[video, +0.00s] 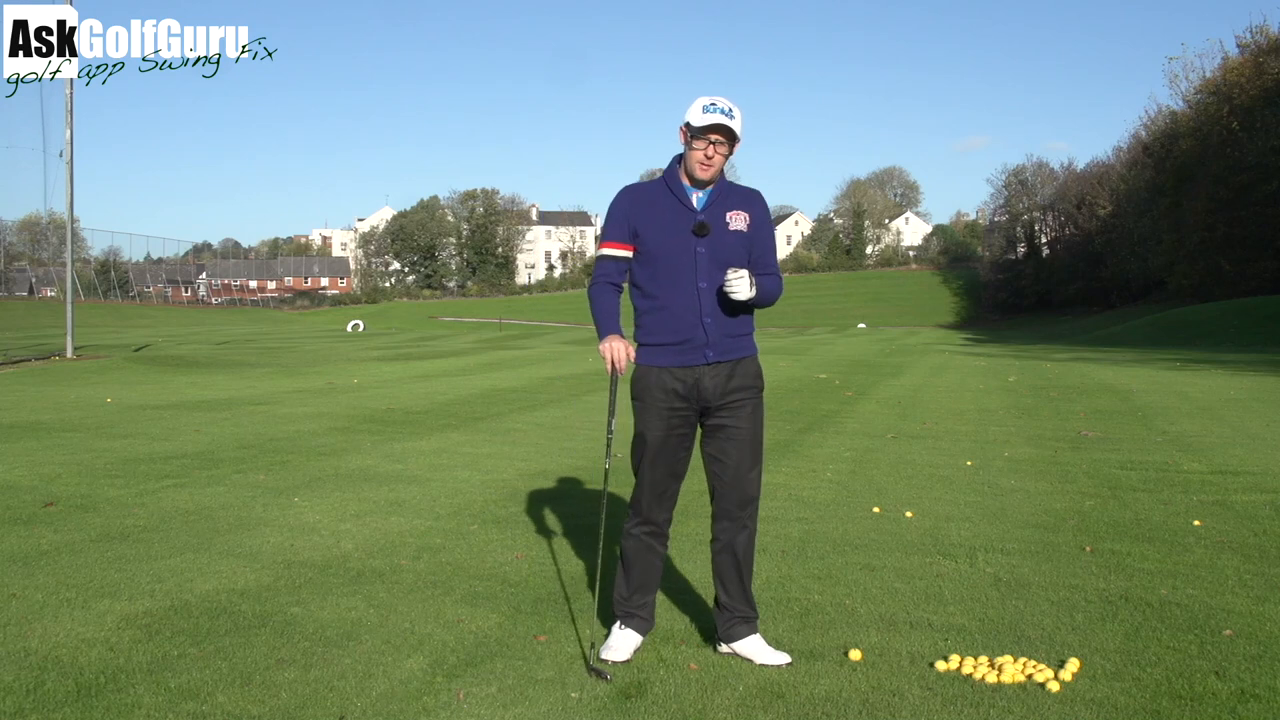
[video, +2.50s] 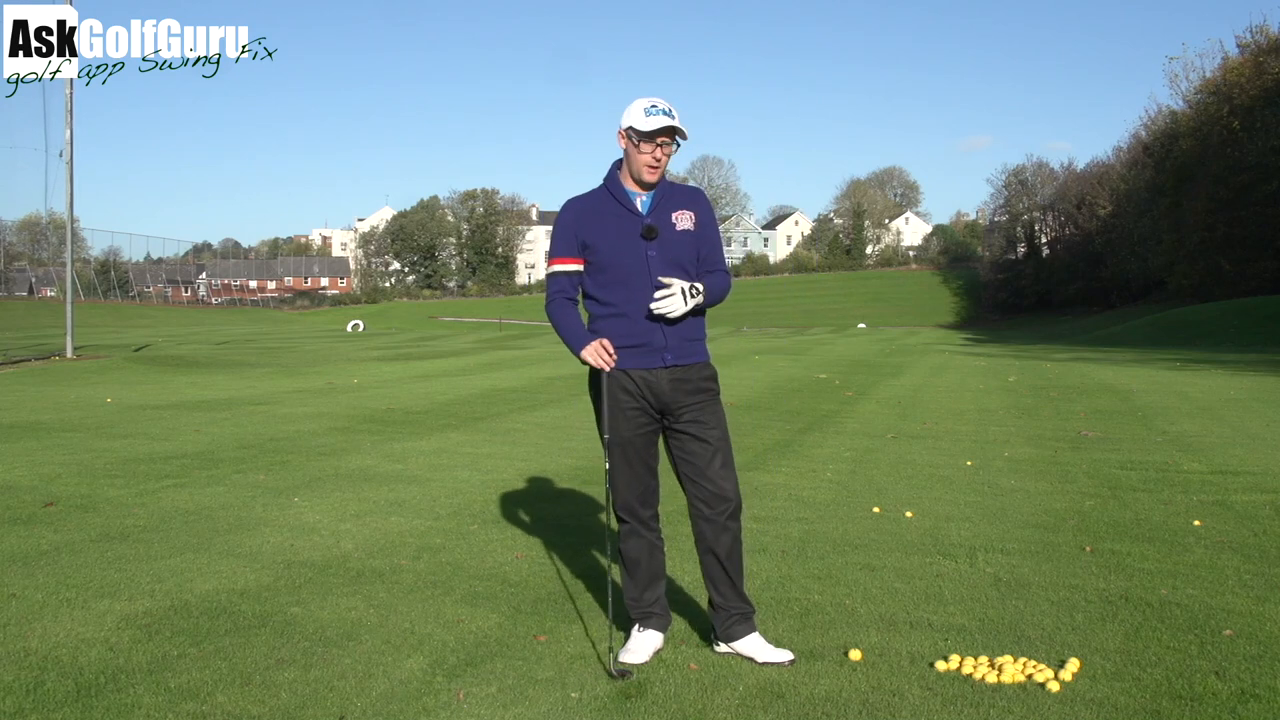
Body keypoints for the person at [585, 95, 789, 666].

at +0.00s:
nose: (711, 149)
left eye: (722, 142)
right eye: (703, 138)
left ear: (732, 150)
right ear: (684, 138)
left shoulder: (749, 204)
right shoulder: (635, 201)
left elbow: (772, 282)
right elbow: (606, 278)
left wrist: (753, 286)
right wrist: (610, 331)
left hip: (736, 373)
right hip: (662, 374)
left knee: (738, 507)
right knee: (650, 507)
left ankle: (736, 628)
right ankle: (631, 621)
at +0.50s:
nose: (748, 146)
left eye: (760, 138)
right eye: (740, 135)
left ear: (773, 147)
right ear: (724, 139)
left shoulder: (790, 210)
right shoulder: (674, 199)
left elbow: (808, 294)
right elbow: (646, 276)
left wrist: (788, 288)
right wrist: (646, 336)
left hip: (762, 376)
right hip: (690, 374)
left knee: (747, 507)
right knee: (673, 503)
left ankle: (736, 627)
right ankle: (647, 623)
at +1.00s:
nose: (762, 151)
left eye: (773, 145)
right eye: (755, 139)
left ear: (781, 155)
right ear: (735, 138)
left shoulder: (789, 213)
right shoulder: (676, 195)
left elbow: (802, 297)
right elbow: (638, 269)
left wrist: (784, 295)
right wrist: (628, 335)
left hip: (753, 378)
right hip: (680, 373)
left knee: (741, 507)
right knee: (660, 502)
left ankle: (735, 626)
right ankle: (645, 618)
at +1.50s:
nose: (704, 144)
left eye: (715, 137)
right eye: (696, 133)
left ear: (728, 145)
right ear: (678, 135)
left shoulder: (748, 203)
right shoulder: (633, 200)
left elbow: (770, 283)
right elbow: (599, 279)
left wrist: (749, 284)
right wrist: (611, 329)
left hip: (725, 374)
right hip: (651, 373)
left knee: (726, 506)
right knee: (651, 506)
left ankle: (734, 628)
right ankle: (650, 622)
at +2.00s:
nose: (654, 146)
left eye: (664, 138)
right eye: (646, 137)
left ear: (678, 147)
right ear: (629, 142)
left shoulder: (703, 204)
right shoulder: (588, 210)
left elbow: (729, 283)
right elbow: (570, 293)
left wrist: (710, 280)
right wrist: (591, 336)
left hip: (694, 376)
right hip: (624, 379)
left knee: (721, 501)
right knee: (634, 507)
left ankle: (734, 626)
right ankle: (649, 621)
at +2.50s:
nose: (660, 152)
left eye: (669, 143)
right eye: (650, 140)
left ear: (675, 148)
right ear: (624, 140)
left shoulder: (693, 203)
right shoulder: (581, 212)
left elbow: (720, 279)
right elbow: (560, 297)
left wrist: (697, 292)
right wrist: (582, 340)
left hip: (692, 375)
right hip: (623, 379)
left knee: (719, 500)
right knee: (635, 507)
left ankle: (733, 625)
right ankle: (649, 621)